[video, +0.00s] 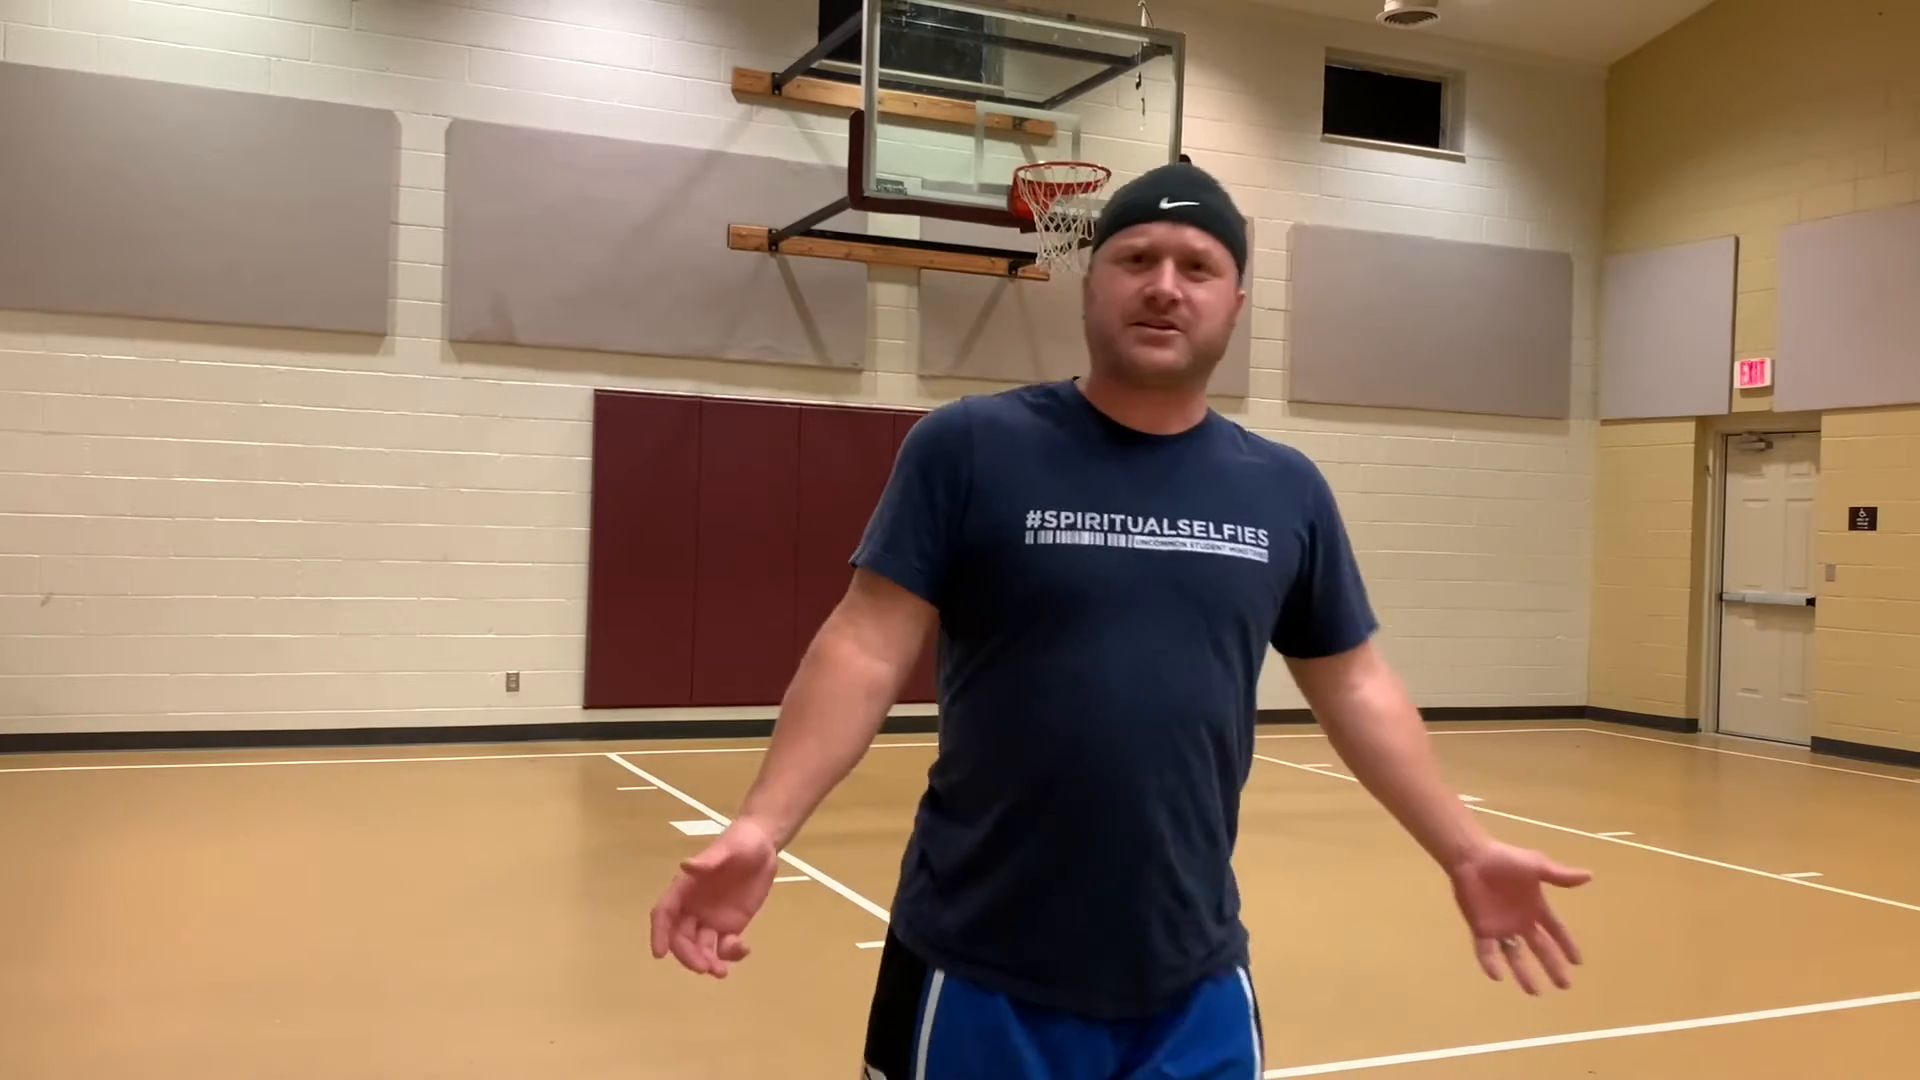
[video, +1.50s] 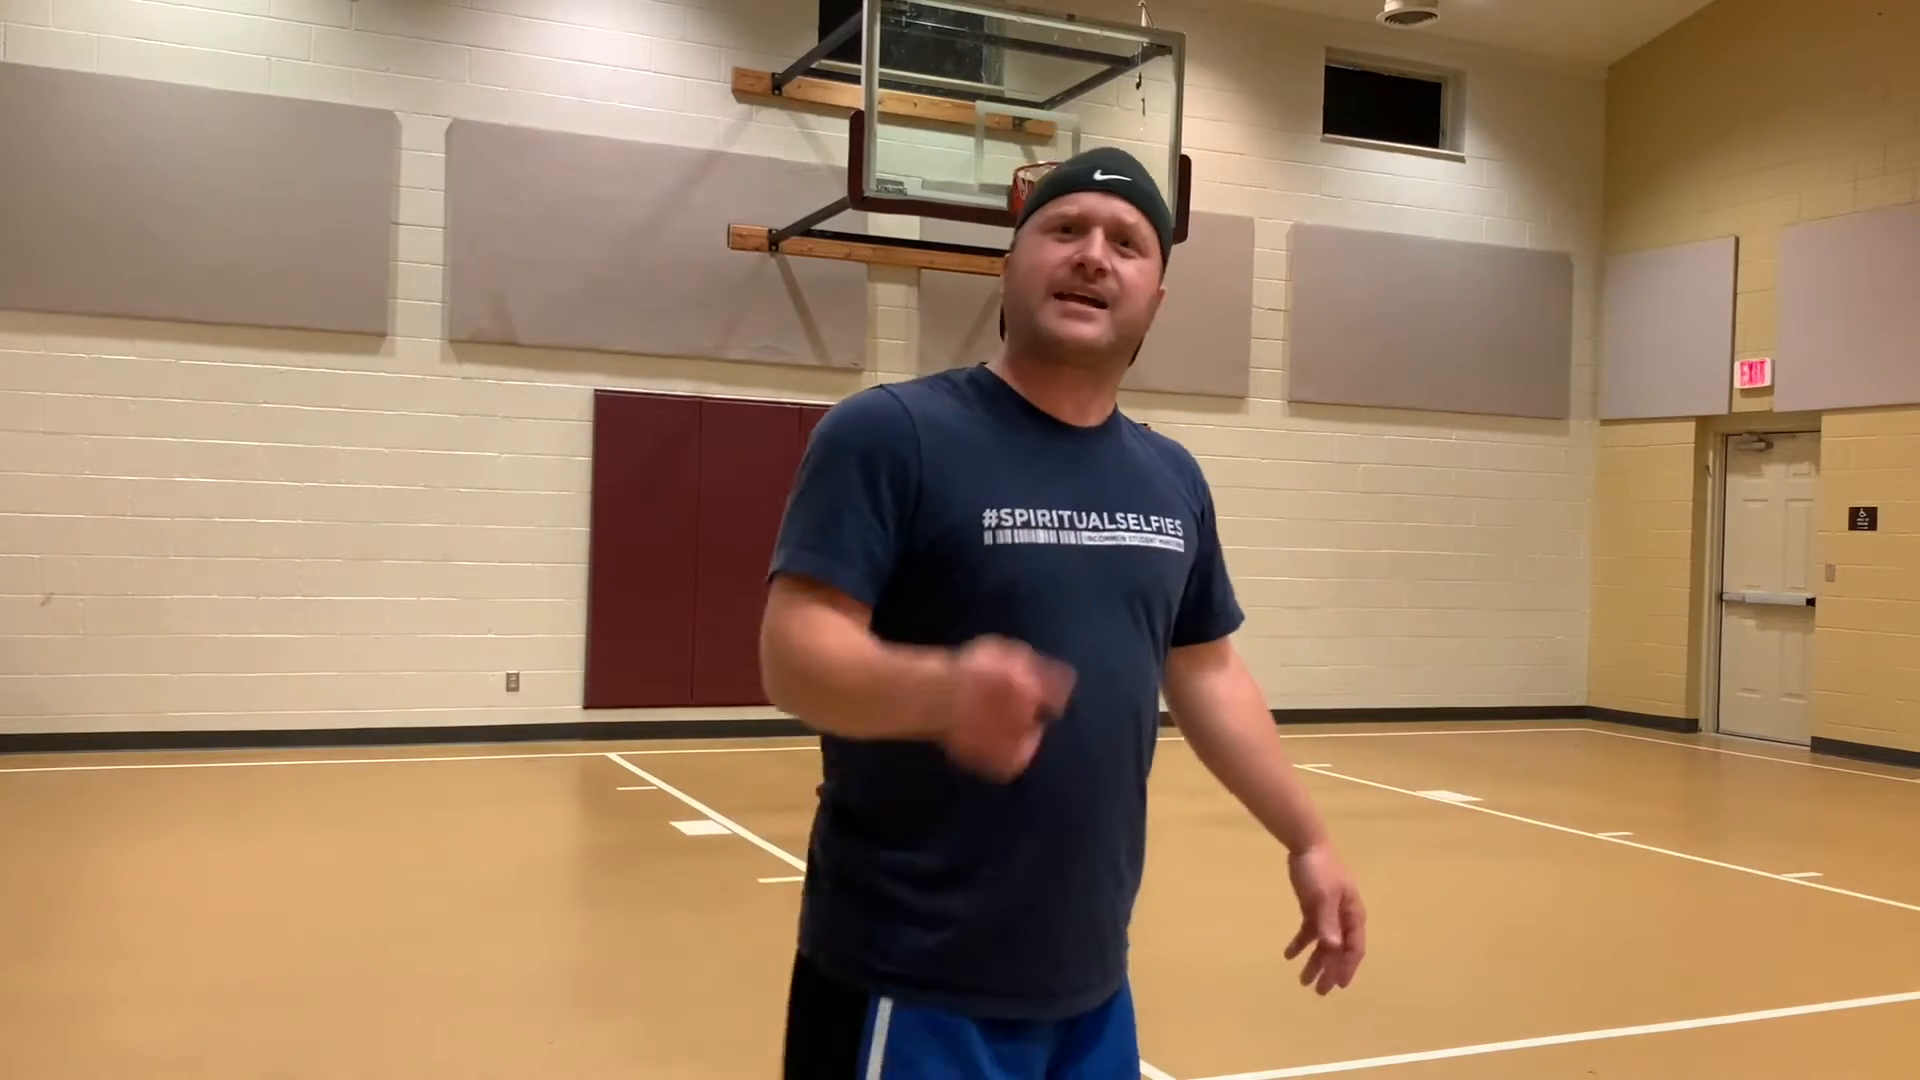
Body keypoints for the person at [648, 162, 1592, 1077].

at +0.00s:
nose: (1164, 283)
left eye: (1196, 266)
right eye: (1138, 259)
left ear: (1237, 307)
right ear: (1086, 286)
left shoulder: (1284, 491)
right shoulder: (964, 451)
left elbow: (1356, 685)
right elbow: (866, 645)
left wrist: (1466, 849)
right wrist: (765, 827)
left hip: (1189, 983)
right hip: (982, 979)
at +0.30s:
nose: (1185, 250)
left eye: (1219, 233)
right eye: (1157, 225)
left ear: (1258, 281)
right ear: (1098, 255)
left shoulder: (1286, 480)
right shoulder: (960, 427)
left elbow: (1343, 682)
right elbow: (845, 632)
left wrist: (1487, 837)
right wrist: (720, 838)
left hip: (1177, 988)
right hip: (974, 983)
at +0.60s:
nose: (1089, 279)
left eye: (1127, 254)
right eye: (1056, 244)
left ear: (1167, 290)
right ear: (995, 265)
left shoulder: (1180, 480)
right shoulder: (862, 464)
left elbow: (1204, 672)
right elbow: (751, 700)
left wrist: (1307, 838)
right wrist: (771, 966)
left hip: (1091, 1013)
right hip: (885, 1024)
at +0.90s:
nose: (1050, 288)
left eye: (1089, 265)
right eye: (1018, 252)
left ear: (1132, 302)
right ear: (958, 273)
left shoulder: (1137, 486)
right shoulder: (813, 489)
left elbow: (1149, 680)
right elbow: (702, 750)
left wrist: (1237, 845)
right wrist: (685, 1032)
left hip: (1020, 1015)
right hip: (822, 1030)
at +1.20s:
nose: (1047, 264)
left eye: (1082, 242)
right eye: (1014, 231)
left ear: (1122, 285)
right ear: (956, 263)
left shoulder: (1130, 476)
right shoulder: (829, 462)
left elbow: (1149, 674)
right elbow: (724, 722)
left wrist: (1249, 834)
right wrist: (676, 995)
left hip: (1036, 1000)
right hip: (838, 1011)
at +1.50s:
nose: (1093, 255)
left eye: (1126, 243)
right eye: (1065, 229)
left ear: (1159, 294)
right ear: (1007, 261)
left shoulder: (1172, 482)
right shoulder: (888, 435)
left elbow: (1208, 669)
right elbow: (794, 654)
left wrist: (1308, 840)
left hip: (1087, 981)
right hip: (901, 983)